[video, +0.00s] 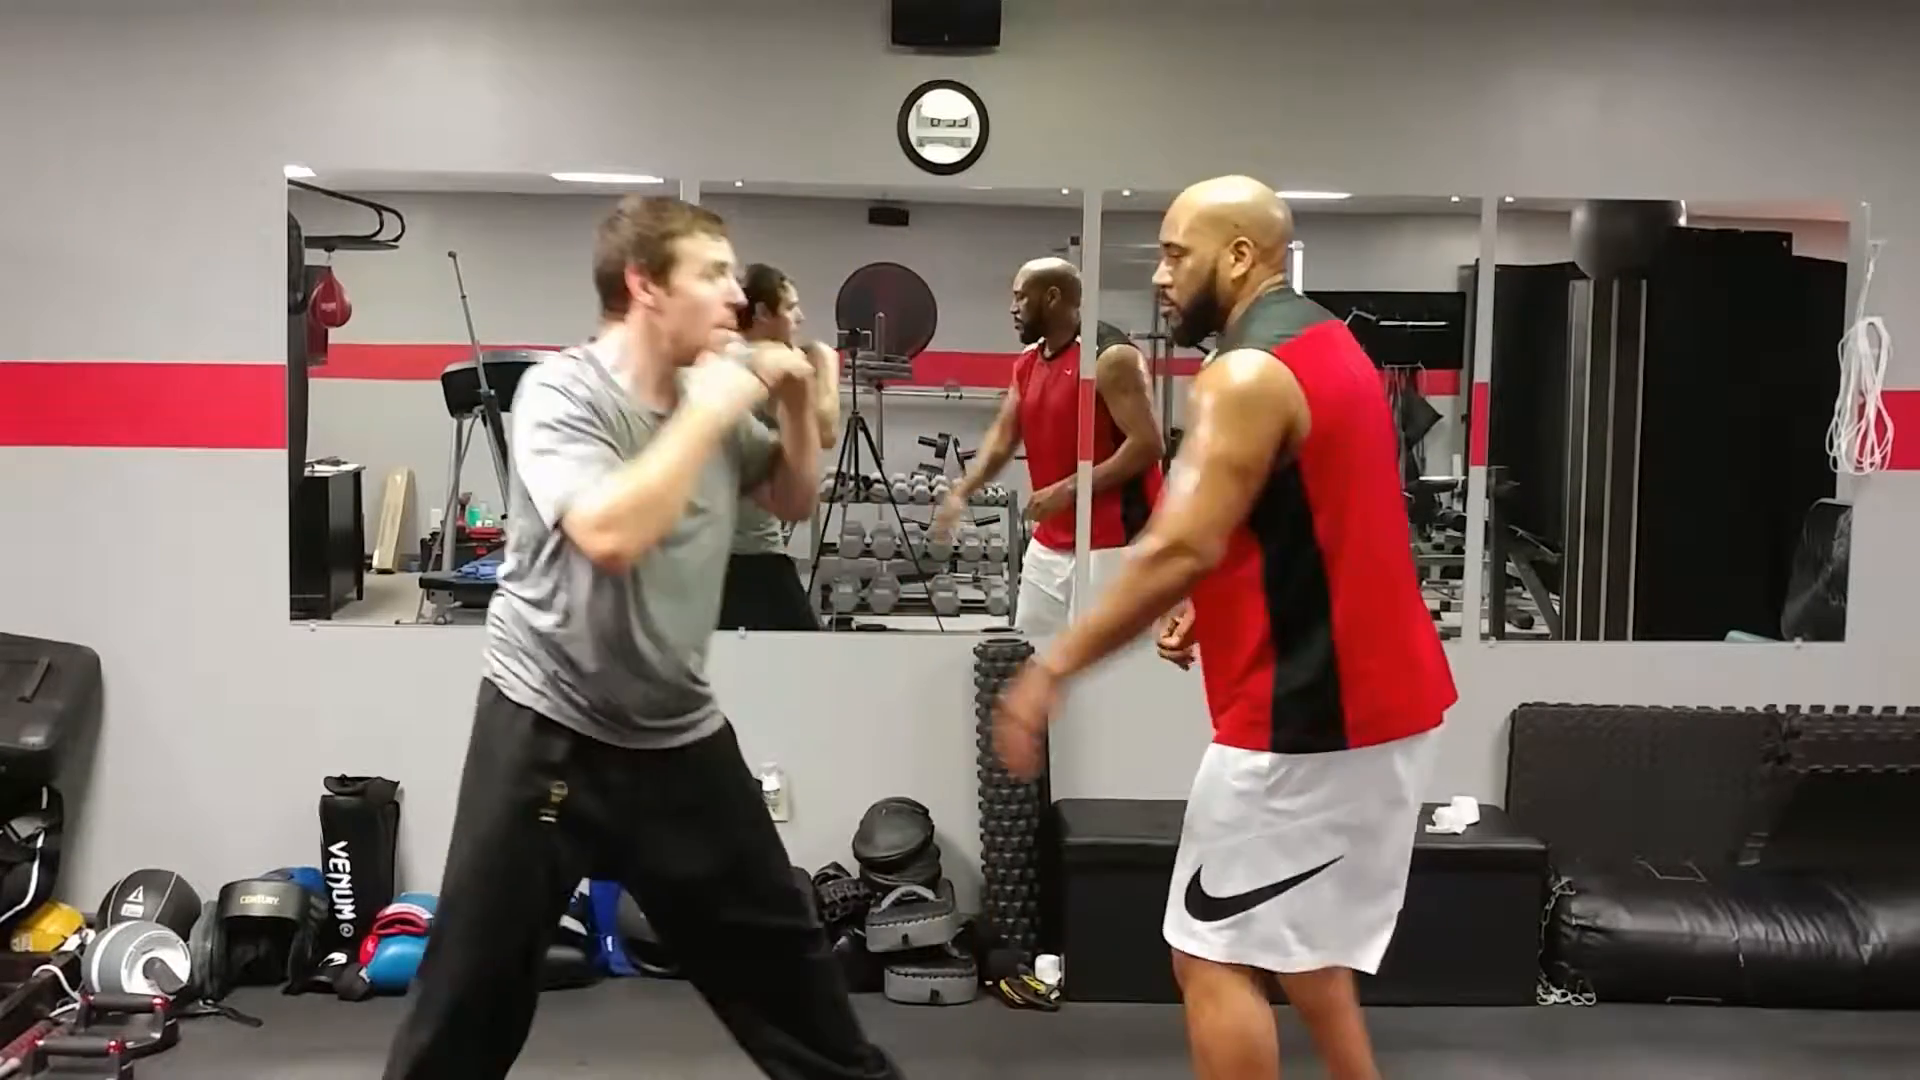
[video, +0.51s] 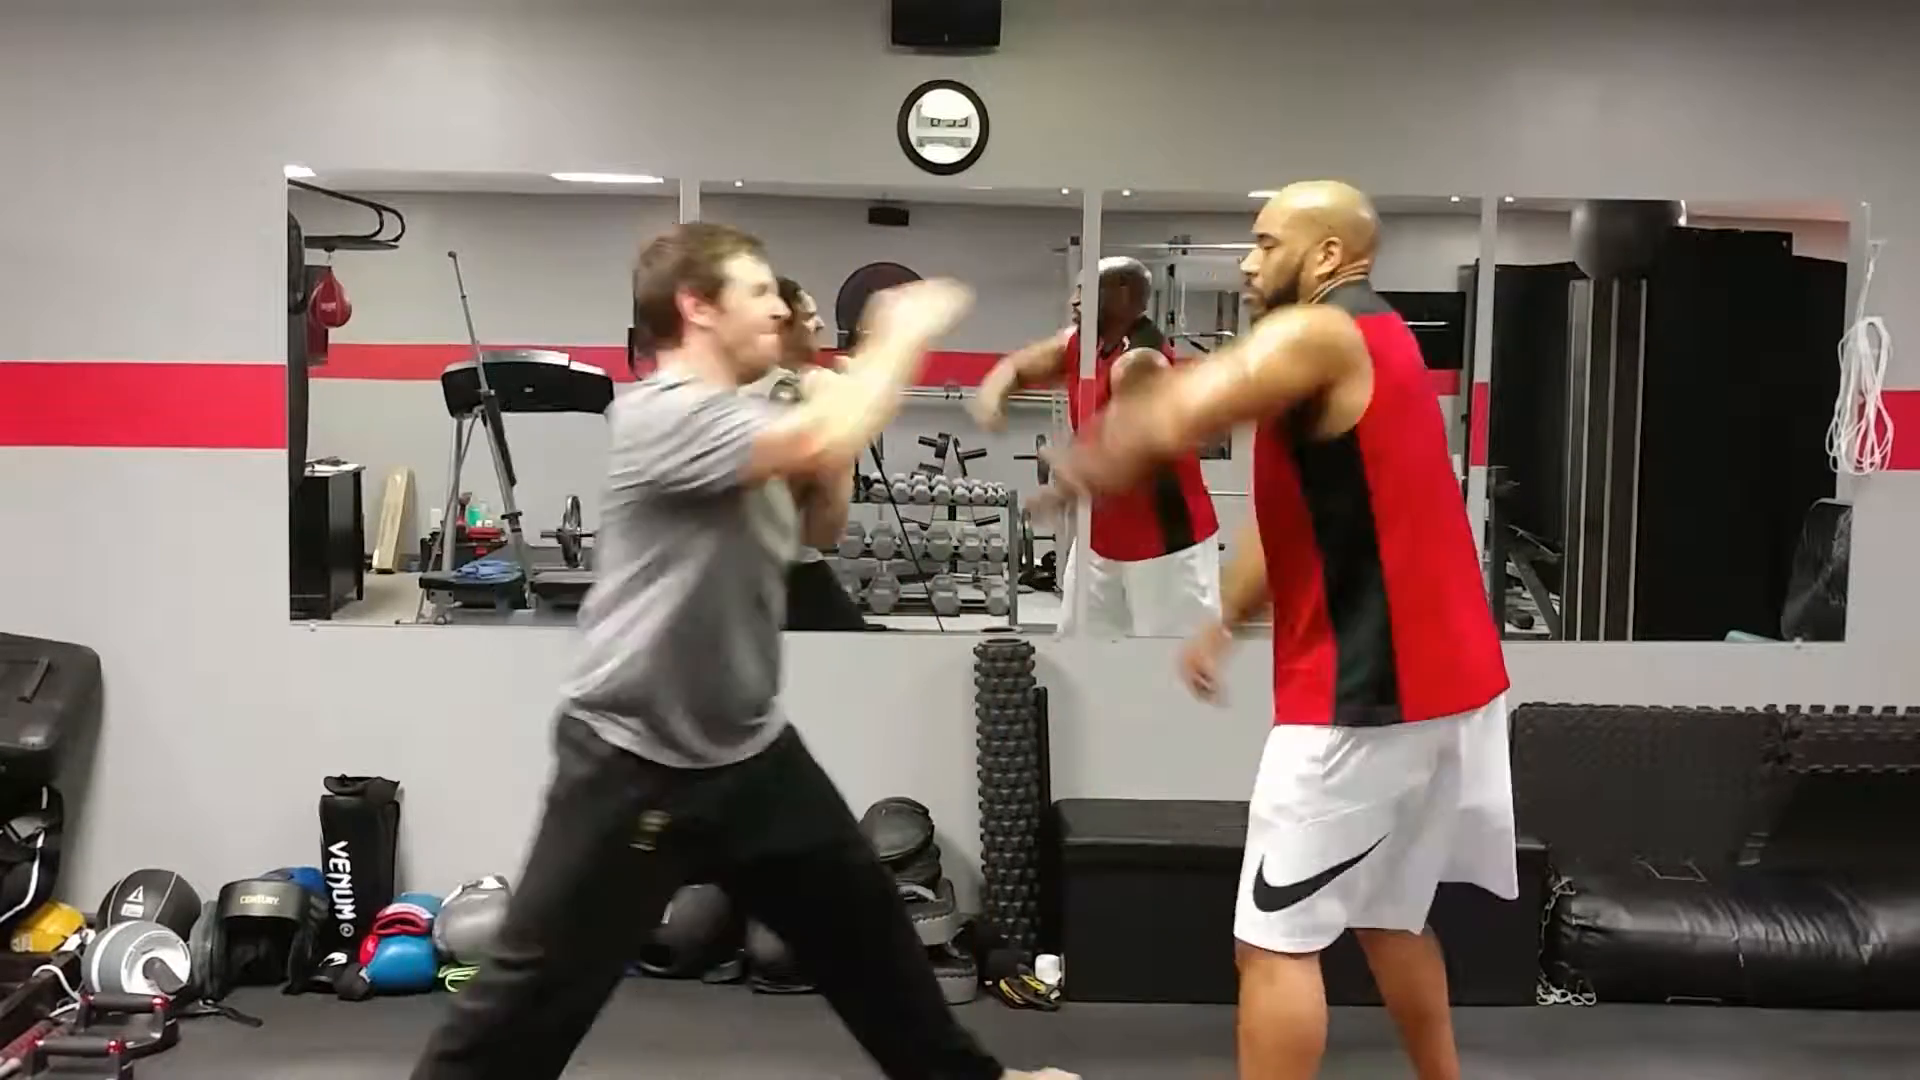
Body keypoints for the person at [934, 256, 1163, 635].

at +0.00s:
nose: (1013, 309)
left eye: (1021, 298)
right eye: (1014, 299)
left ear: (1054, 298)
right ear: (1051, 299)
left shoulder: (1112, 359)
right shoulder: (1027, 365)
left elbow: (1148, 445)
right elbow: (1002, 438)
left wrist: (1070, 489)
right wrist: (961, 490)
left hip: (1107, 551)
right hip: (1048, 545)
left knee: (1101, 675)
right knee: (1032, 664)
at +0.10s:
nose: (1023, 312)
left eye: (1031, 300)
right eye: (1024, 301)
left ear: (1064, 301)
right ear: (1060, 304)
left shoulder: (1120, 361)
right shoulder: (1052, 362)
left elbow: (1155, 448)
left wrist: (1081, 500)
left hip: (1129, 550)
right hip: (1064, 545)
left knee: (1139, 669)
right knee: (1033, 654)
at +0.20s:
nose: (1035, 313)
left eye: (1043, 301)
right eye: (1036, 302)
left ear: (1077, 302)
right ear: (1072, 304)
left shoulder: (1130, 364)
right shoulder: (1066, 363)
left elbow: (1166, 452)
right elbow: (1080, 450)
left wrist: (1113, 518)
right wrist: (1067, 517)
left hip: (1145, 551)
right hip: (1079, 547)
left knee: (1148, 670)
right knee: (1030, 642)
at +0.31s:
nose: (1049, 309)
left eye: (1058, 298)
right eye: (1050, 298)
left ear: (1102, 302)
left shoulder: (1143, 362)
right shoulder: (1069, 365)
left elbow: (1176, 451)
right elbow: (1071, 448)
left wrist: (1134, 524)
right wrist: (1068, 507)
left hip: (1160, 552)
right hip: (1093, 548)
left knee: (1159, 677)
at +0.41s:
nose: (1059, 307)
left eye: (1070, 296)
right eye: (1060, 295)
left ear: (1112, 301)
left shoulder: (1149, 360)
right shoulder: (1070, 364)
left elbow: (1174, 452)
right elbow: (1065, 435)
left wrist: (1127, 524)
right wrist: (1062, 480)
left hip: (1163, 551)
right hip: (1095, 546)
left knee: (1170, 674)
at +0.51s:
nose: (1077, 299)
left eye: (1093, 290)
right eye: (1080, 289)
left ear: (1131, 302)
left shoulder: (1140, 363)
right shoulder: (1081, 343)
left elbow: (1120, 459)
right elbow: (1019, 364)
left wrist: (1062, 489)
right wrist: (992, 394)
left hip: (1166, 546)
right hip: (1101, 540)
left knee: (1174, 671)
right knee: (1082, 659)